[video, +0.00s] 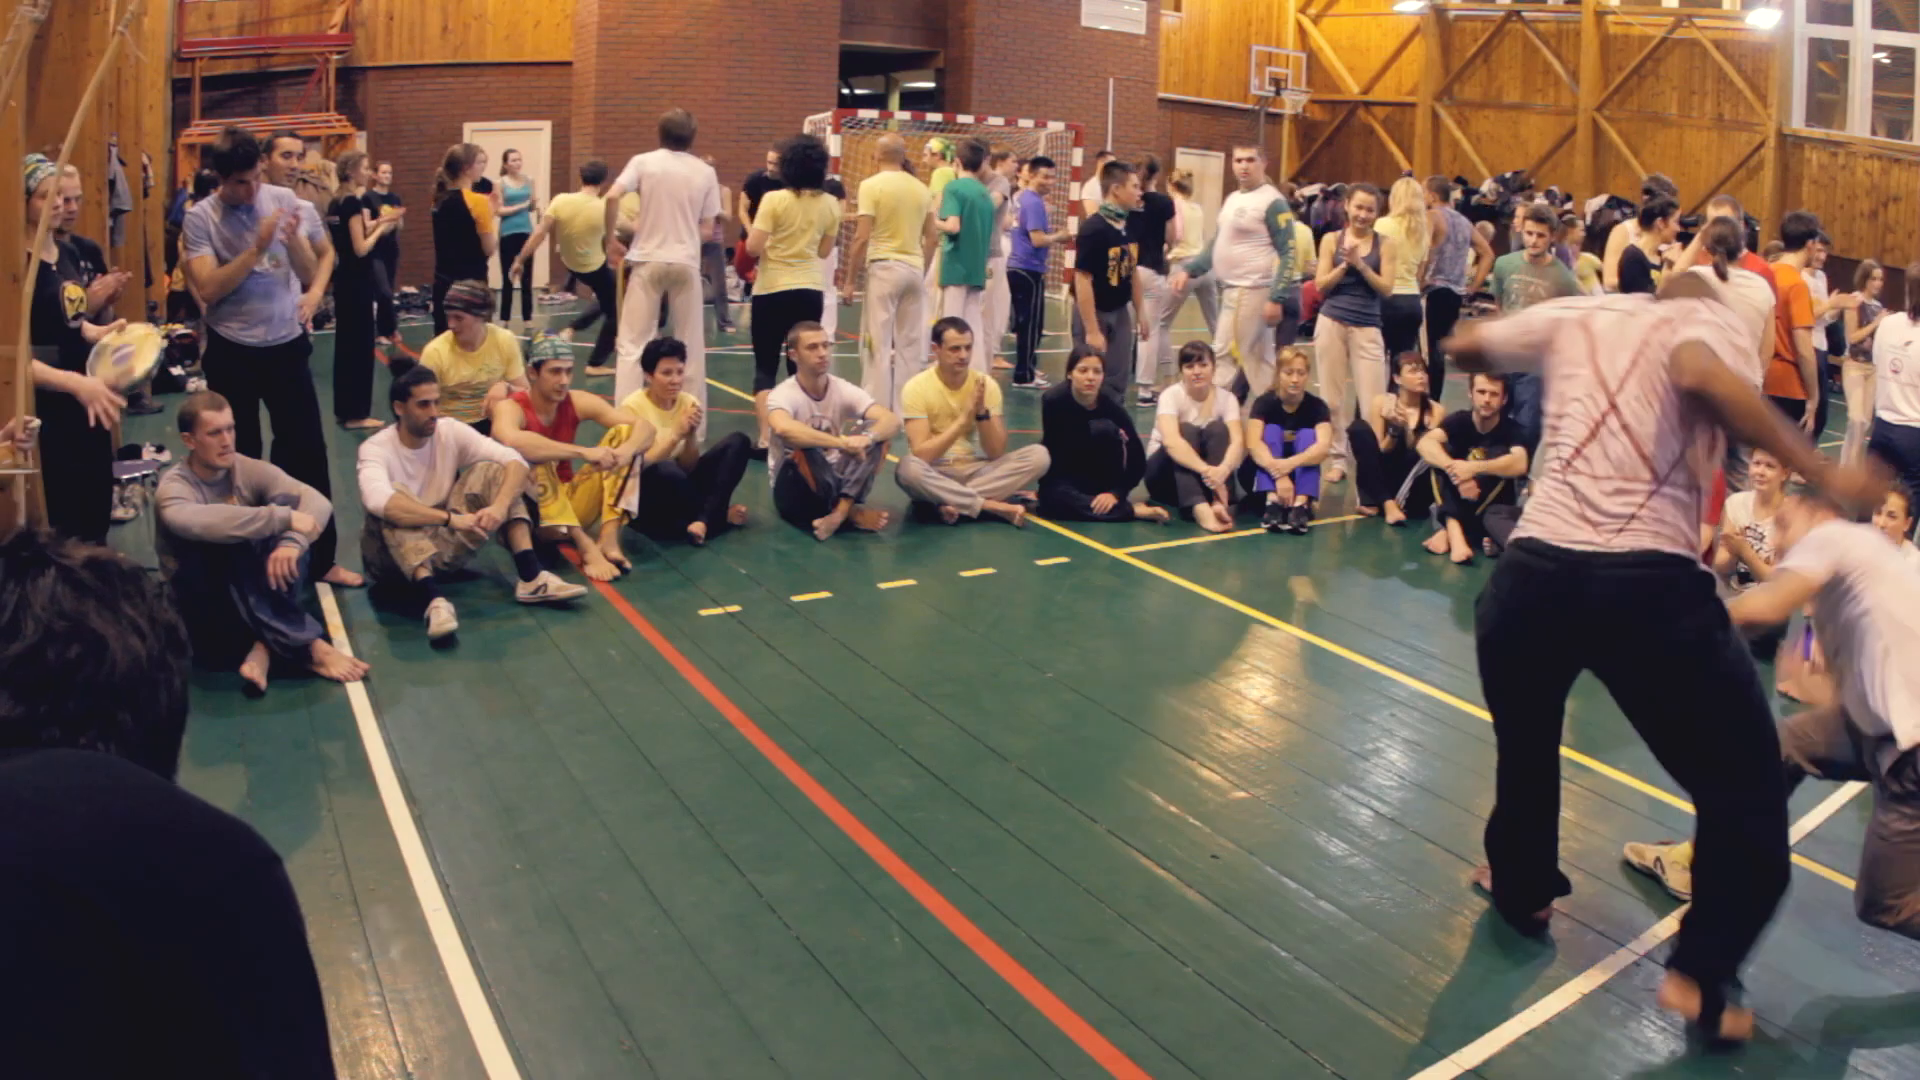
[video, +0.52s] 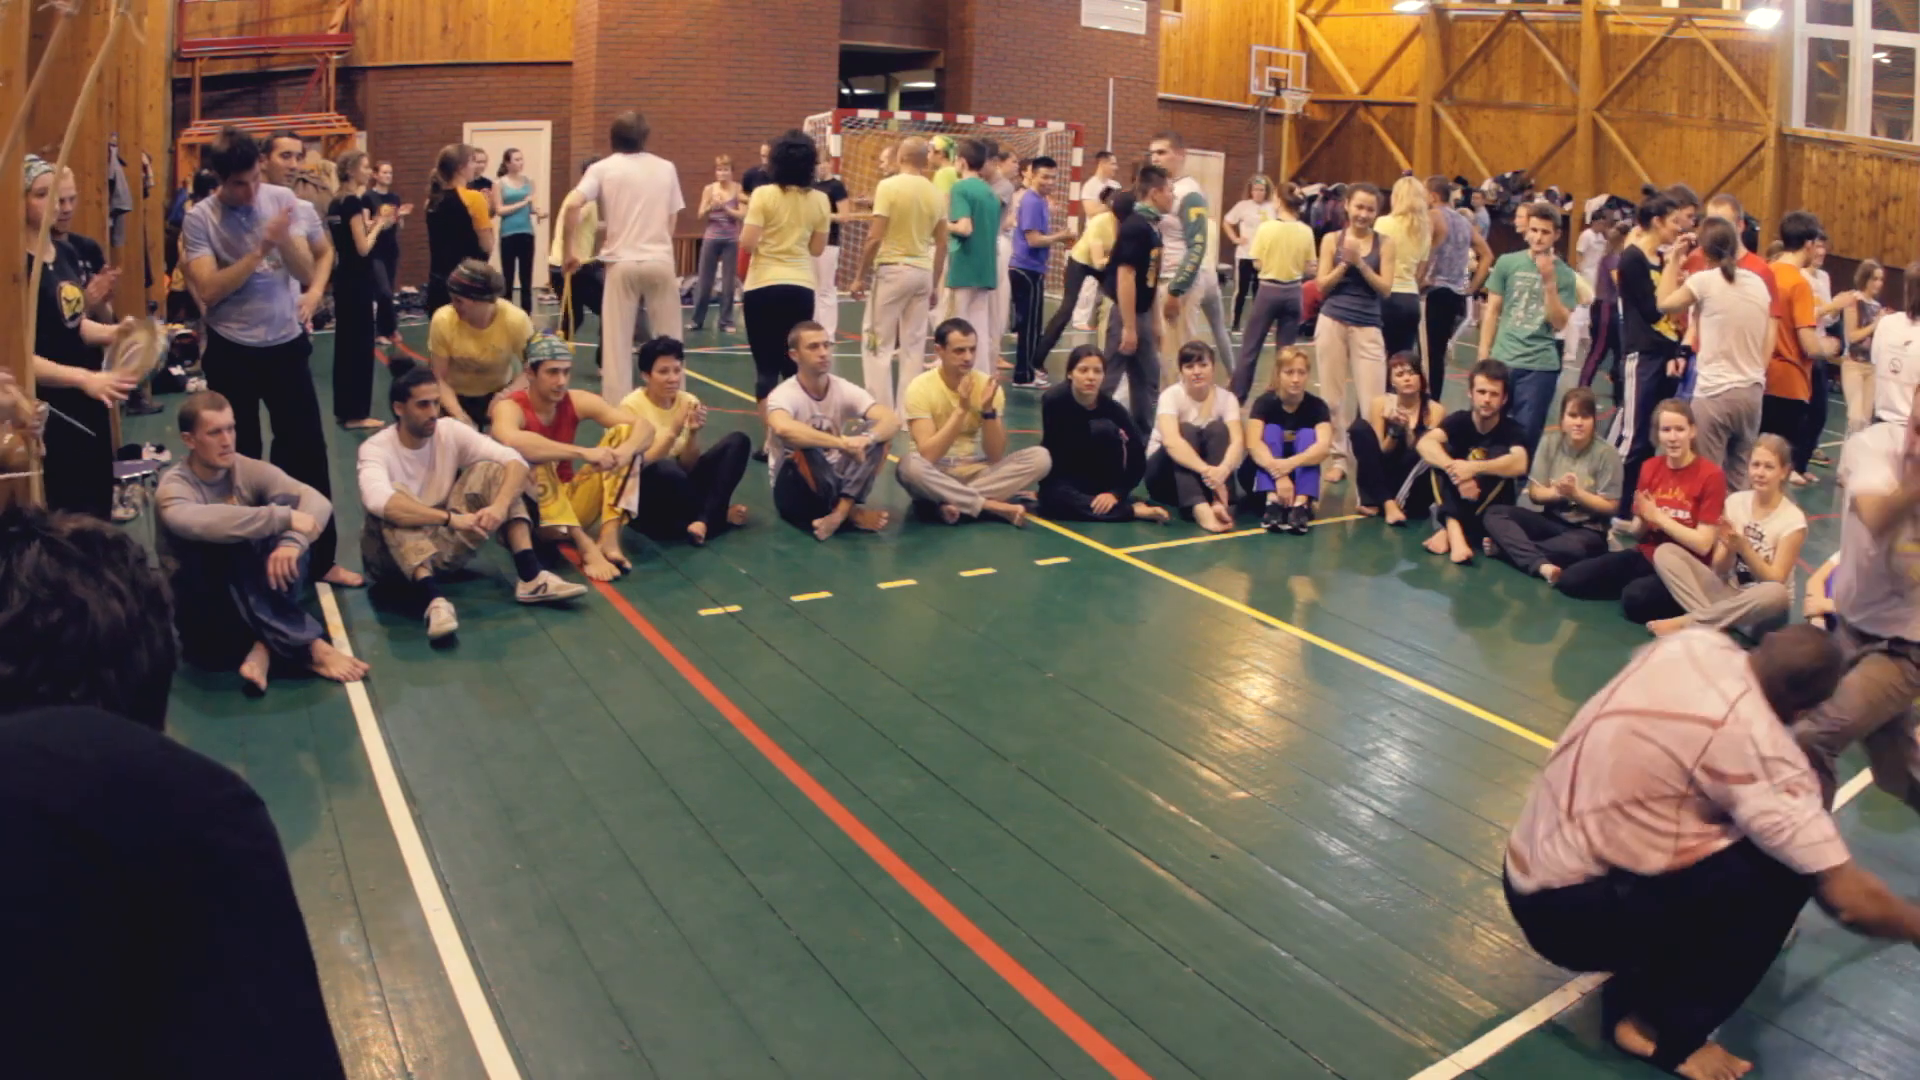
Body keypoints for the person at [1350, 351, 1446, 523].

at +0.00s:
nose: (1421, 376)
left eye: (1423, 370)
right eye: (1413, 371)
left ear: (1428, 375)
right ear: (1397, 378)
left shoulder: (1436, 410)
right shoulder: (1381, 403)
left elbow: (1426, 452)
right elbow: (1379, 452)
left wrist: (1411, 430)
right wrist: (1393, 431)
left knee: (1429, 450)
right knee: (1358, 427)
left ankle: (1374, 501)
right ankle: (1387, 501)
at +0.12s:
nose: (1418, 376)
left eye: (1421, 371)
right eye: (1410, 372)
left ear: (1427, 376)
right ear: (1396, 379)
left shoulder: (1436, 410)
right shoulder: (1381, 403)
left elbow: (1424, 452)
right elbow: (1379, 451)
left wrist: (1409, 429)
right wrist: (1394, 431)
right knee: (1359, 427)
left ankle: (1375, 501)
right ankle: (1387, 501)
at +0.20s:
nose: (1417, 377)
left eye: (1420, 371)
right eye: (1408, 372)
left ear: (1426, 376)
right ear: (1395, 379)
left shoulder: (1436, 410)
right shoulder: (1381, 403)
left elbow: (1426, 452)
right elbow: (1379, 451)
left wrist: (1410, 431)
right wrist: (1394, 432)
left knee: (1426, 450)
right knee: (1358, 427)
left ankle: (1374, 501)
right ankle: (1388, 501)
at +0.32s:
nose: (1413, 377)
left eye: (1417, 371)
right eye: (1405, 373)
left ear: (1424, 377)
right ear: (1394, 381)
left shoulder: (1436, 410)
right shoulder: (1380, 403)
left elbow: (1427, 452)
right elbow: (1380, 451)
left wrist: (1411, 431)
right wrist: (1394, 432)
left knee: (1424, 450)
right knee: (1359, 427)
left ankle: (1375, 501)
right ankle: (1388, 501)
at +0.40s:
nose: (1410, 377)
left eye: (1415, 371)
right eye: (1403, 373)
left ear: (1422, 376)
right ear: (1393, 381)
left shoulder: (1435, 410)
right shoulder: (1380, 403)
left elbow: (1425, 452)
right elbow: (1380, 451)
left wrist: (1410, 431)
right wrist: (1394, 431)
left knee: (1425, 450)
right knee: (1359, 427)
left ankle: (1374, 501)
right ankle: (1388, 501)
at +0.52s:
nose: (1407, 379)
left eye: (1412, 373)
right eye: (1399, 375)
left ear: (1421, 377)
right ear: (1391, 381)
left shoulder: (1435, 410)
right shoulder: (1380, 404)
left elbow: (1423, 452)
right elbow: (1380, 452)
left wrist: (1409, 431)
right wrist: (1394, 431)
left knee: (1423, 451)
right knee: (1359, 427)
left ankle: (1375, 501)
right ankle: (1388, 501)